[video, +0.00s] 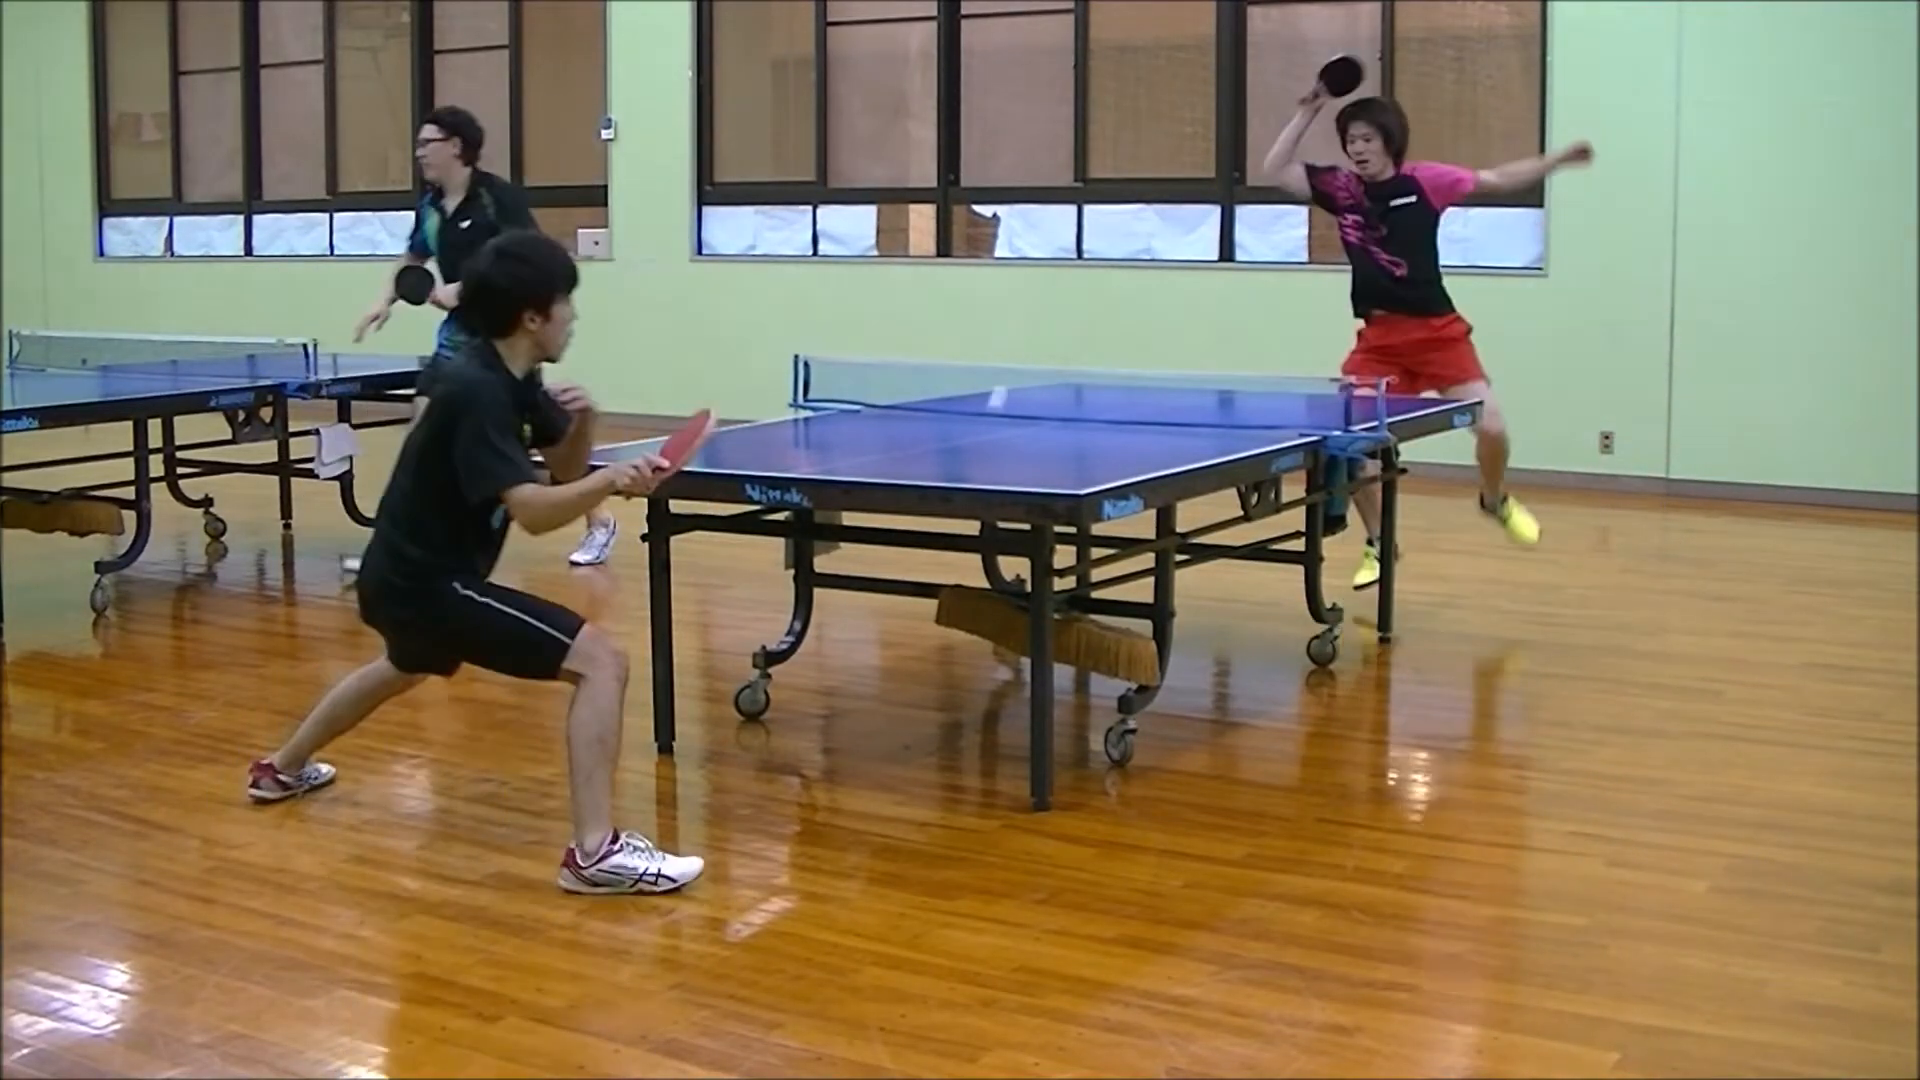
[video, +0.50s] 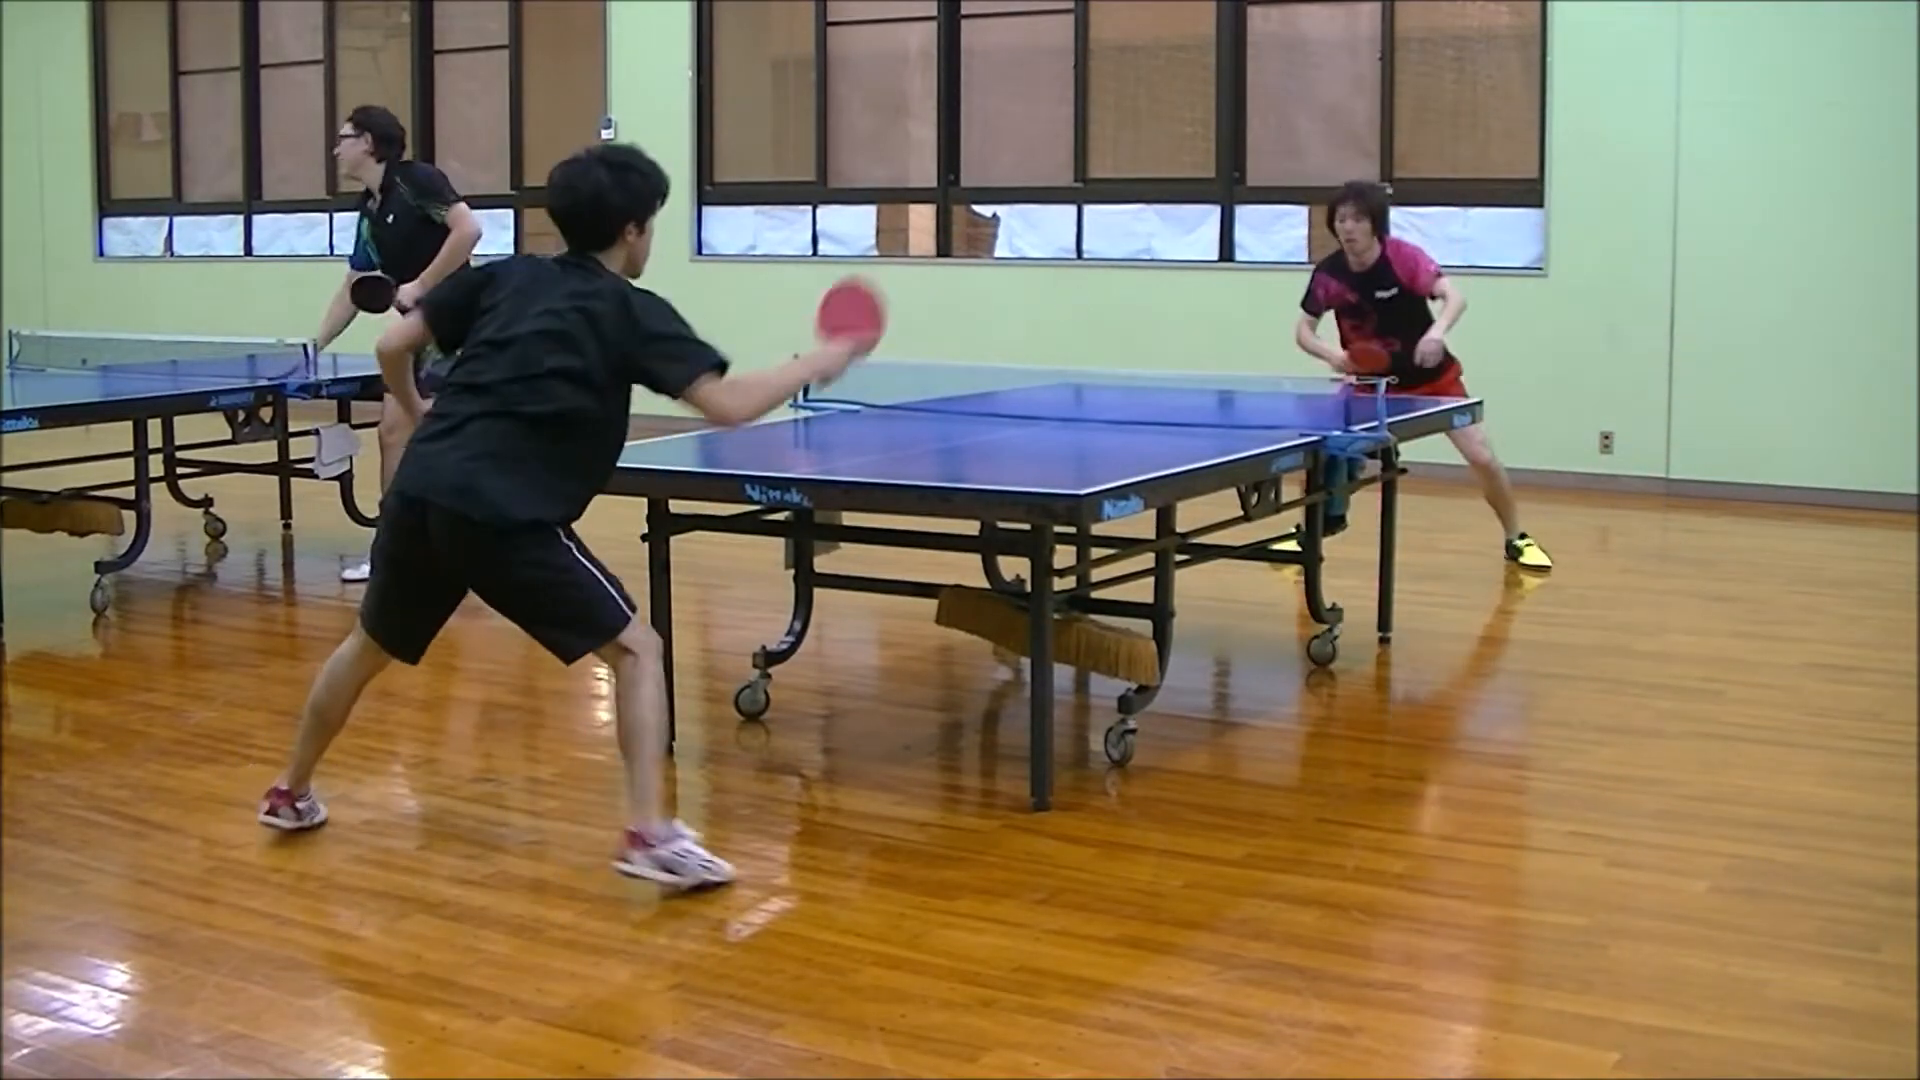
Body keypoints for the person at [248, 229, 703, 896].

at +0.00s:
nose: (572, 321)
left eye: (571, 308)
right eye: (566, 309)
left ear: (521, 314)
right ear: (532, 317)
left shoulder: (513, 374)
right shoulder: (476, 388)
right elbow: (533, 513)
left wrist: (582, 420)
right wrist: (610, 480)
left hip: (410, 578)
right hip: (424, 592)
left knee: (408, 667)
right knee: (600, 661)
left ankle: (281, 767)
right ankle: (595, 847)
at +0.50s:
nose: (653, 237)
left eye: (650, 222)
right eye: (650, 224)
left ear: (563, 223)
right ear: (629, 233)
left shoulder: (499, 277)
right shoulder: (629, 310)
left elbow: (389, 343)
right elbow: (728, 404)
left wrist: (416, 413)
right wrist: (820, 360)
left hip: (421, 494)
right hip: (509, 513)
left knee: (366, 643)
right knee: (636, 646)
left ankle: (288, 792)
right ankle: (650, 834)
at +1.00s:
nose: (497, 332)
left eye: (499, 319)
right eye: (496, 317)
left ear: (423, 311)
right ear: (472, 321)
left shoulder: (376, 368)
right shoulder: (421, 398)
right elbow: (410, 534)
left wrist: (449, 416)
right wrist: (508, 495)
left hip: (285, 593)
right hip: (346, 607)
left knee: (288, 679)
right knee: (533, 684)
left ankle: (172, 795)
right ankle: (537, 872)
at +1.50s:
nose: (584, 303)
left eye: (581, 290)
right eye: (580, 292)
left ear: (494, 296)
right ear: (554, 304)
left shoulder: (429, 344)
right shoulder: (561, 393)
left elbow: (317, 384)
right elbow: (671, 462)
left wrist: (382, 322)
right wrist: (809, 471)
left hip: (324, 570)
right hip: (411, 594)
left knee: (369, 618)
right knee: (584, 703)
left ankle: (294, 776)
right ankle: (575, 904)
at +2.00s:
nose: (478, 221)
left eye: (475, 207)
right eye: (474, 207)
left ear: (386, 214)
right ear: (453, 217)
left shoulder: (335, 284)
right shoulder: (447, 310)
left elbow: (325, 406)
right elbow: (532, 435)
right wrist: (590, 403)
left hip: (296, 539)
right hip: (385, 551)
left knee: (311, 667)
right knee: (516, 696)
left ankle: (285, 836)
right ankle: (565, 895)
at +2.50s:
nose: (435, 277)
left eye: (434, 261)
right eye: (431, 262)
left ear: (362, 265)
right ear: (404, 271)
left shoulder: (330, 327)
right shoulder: (362, 359)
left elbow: (353, 409)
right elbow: (399, 503)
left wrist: (446, 415)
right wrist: (512, 488)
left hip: (249, 553)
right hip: (296, 571)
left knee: (287, 673)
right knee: (449, 690)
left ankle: (192, 806)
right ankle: (440, 893)